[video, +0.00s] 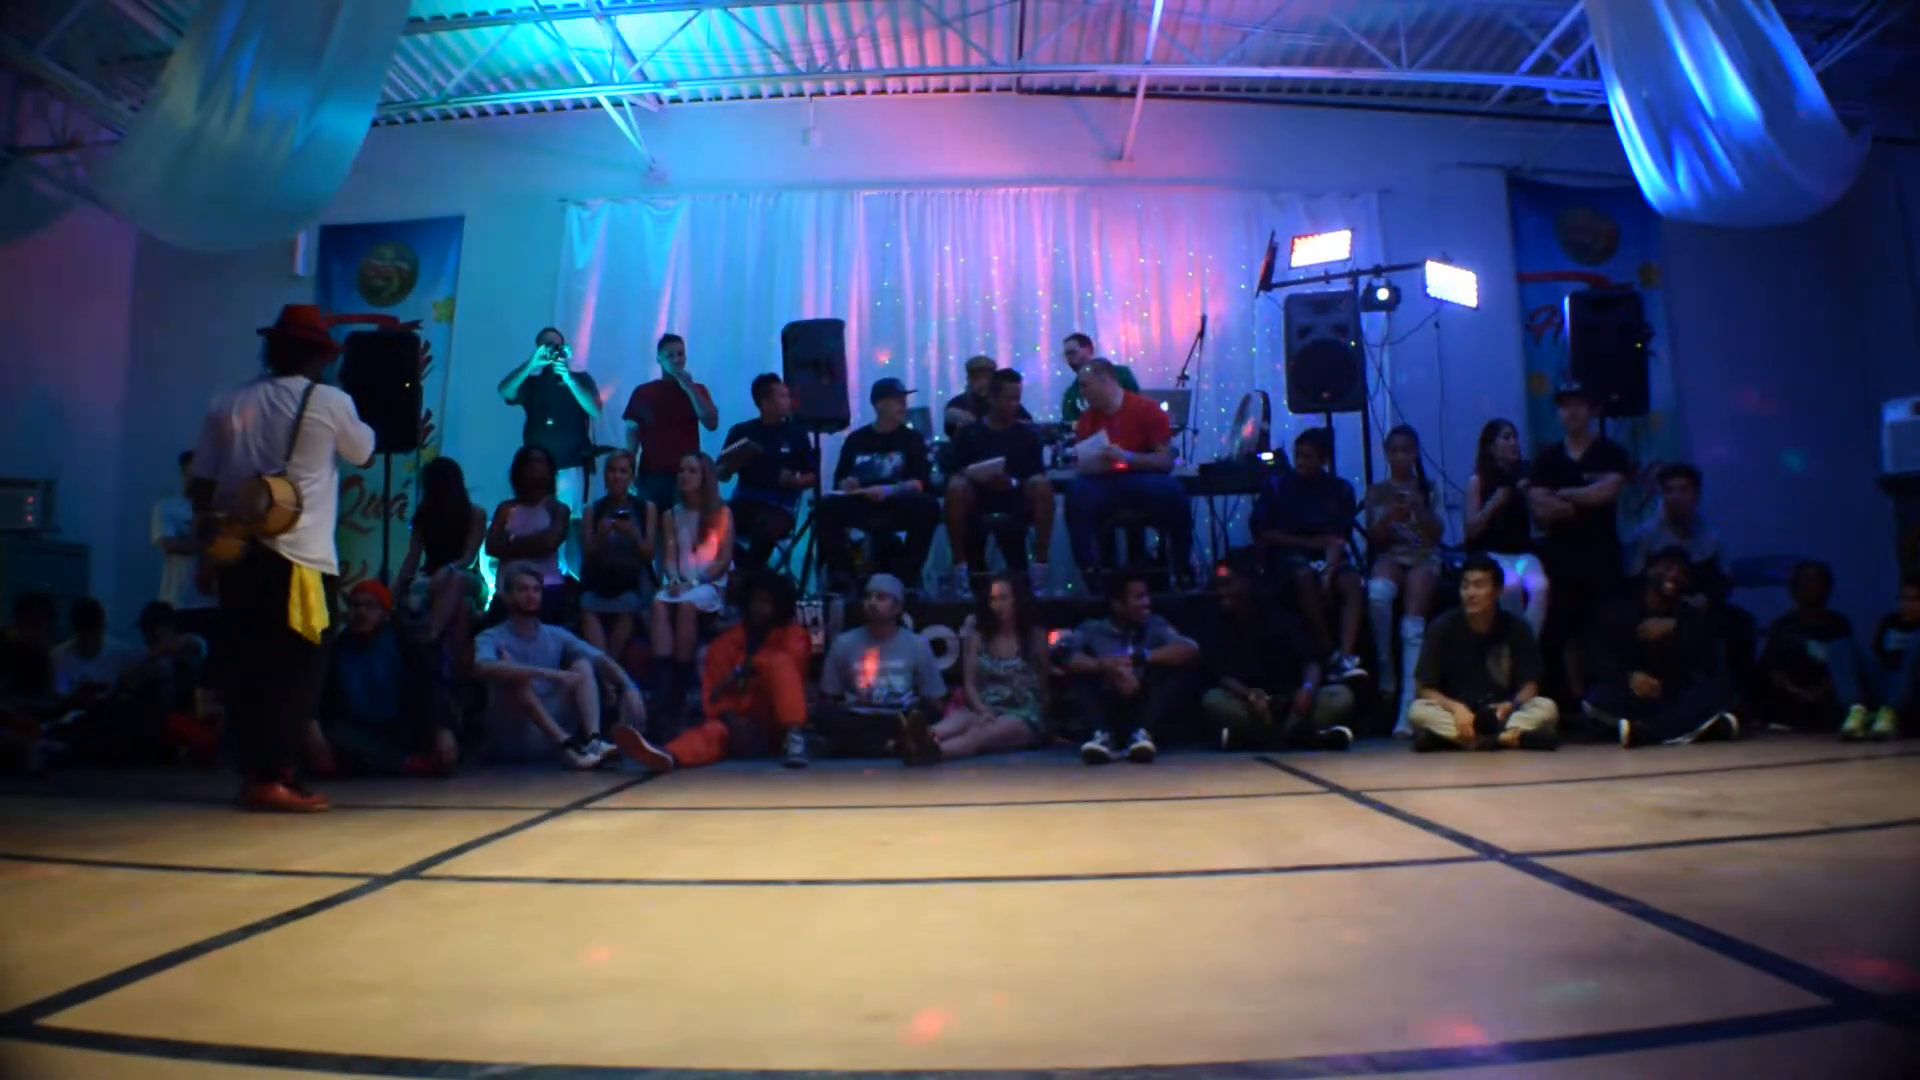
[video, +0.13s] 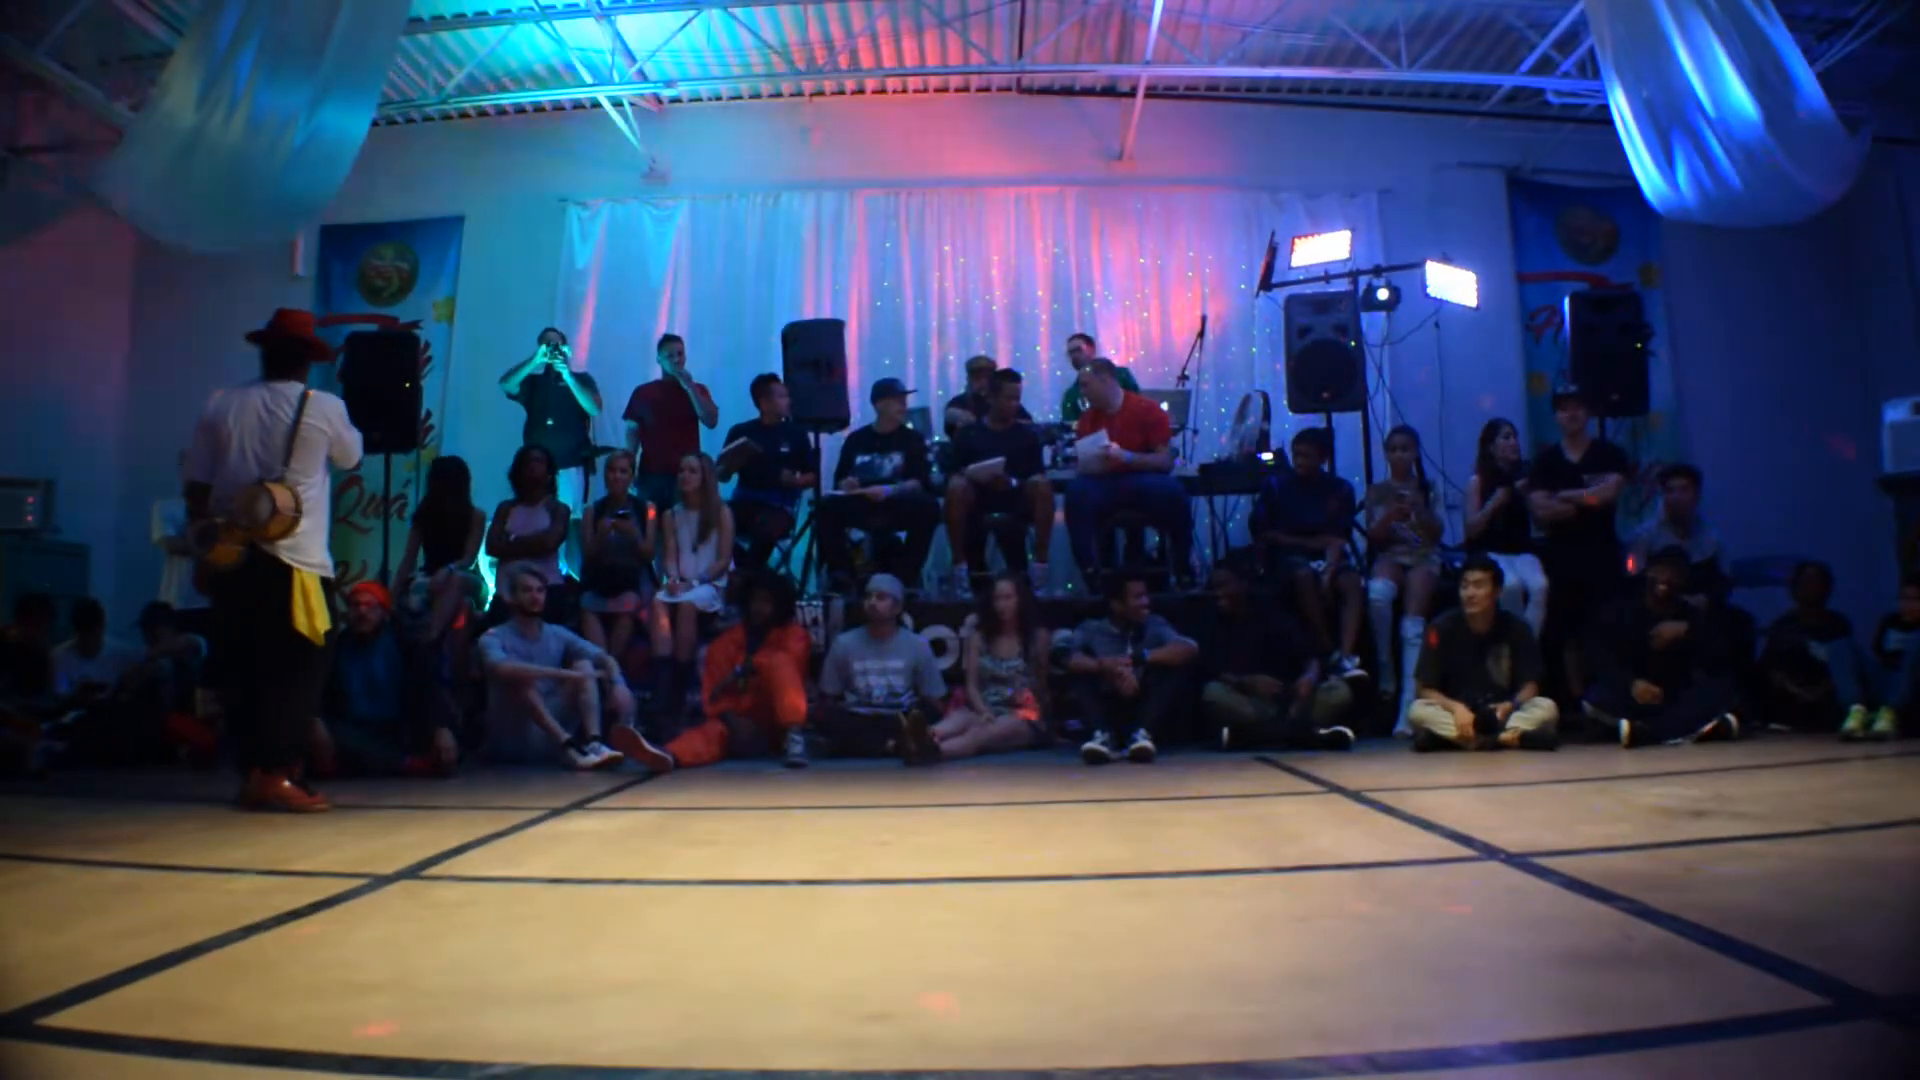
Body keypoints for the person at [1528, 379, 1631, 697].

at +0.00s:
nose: (1571, 414)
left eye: (1577, 407)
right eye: (1565, 408)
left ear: (1591, 411)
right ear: (1558, 414)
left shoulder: (1611, 453)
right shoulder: (1547, 457)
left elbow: (1607, 493)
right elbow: (1540, 508)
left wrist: (1558, 495)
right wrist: (1590, 495)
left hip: (1601, 557)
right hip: (1560, 561)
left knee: (1602, 631)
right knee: (1560, 635)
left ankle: (1605, 705)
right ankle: (1566, 704)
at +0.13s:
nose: (1571, 417)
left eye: (1576, 410)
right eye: (1564, 411)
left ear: (1587, 414)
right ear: (1556, 417)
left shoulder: (1609, 453)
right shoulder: (1545, 459)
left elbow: (1608, 494)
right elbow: (1539, 509)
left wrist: (1558, 496)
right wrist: (1588, 497)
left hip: (1602, 558)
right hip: (1561, 561)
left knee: (1605, 631)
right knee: (1562, 635)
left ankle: (1607, 702)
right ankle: (1567, 703)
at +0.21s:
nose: (1570, 418)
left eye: (1575, 411)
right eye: (1562, 413)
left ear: (1586, 415)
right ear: (1554, 418)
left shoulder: (1608, 455)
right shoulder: (1542, 462)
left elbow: (1608, 496)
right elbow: (1540, 510)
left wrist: (1557, 498)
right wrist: (1588, 502)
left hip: (1601, 558)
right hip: (1561, 561)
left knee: (1605, 630)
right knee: (1562, 635)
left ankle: (1605, 702)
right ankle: (1567, 703)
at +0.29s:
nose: (1569, 419)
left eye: (1574, 412)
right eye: (1562, 414)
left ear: (1584, 416)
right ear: (1552, 420)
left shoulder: (1607, 454)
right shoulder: (1542, 463)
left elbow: (1610, 492)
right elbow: (1539, 513)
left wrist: (1561, 498)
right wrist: (1591, 499)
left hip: (1601, 558)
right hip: (1560, 561)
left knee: (1605, 630)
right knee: (1563, 635)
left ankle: (1605, 702)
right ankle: (1567, 702)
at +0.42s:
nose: (1569, 420)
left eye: (1573, 413)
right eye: (1561, 414)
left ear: (1582, 416)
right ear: (1551, 421)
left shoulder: (1605, 454)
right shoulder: (1540, 464)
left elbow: (1610, 493)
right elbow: (1538, 513)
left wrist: (1560, 500)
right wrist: (1590, 501)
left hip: (1599, 558)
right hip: (1559, 562)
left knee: (1601, 630)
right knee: (1559, 635)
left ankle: (1602, 702)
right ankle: (1563, 701)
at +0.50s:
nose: (1567, 422)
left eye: (1571, 414)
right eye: (1559, 416)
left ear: (1580, 417)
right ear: (1549, 422)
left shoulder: (1604, 455)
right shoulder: (1538, 465)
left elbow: (1610, 494)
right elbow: (1540, 515)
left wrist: (1559, 500)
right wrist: (1590, 501)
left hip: (1598, 558)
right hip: (1558, 561)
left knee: (1601, 627)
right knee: (1558, 631)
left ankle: (1604, 694)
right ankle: (1557, 693)